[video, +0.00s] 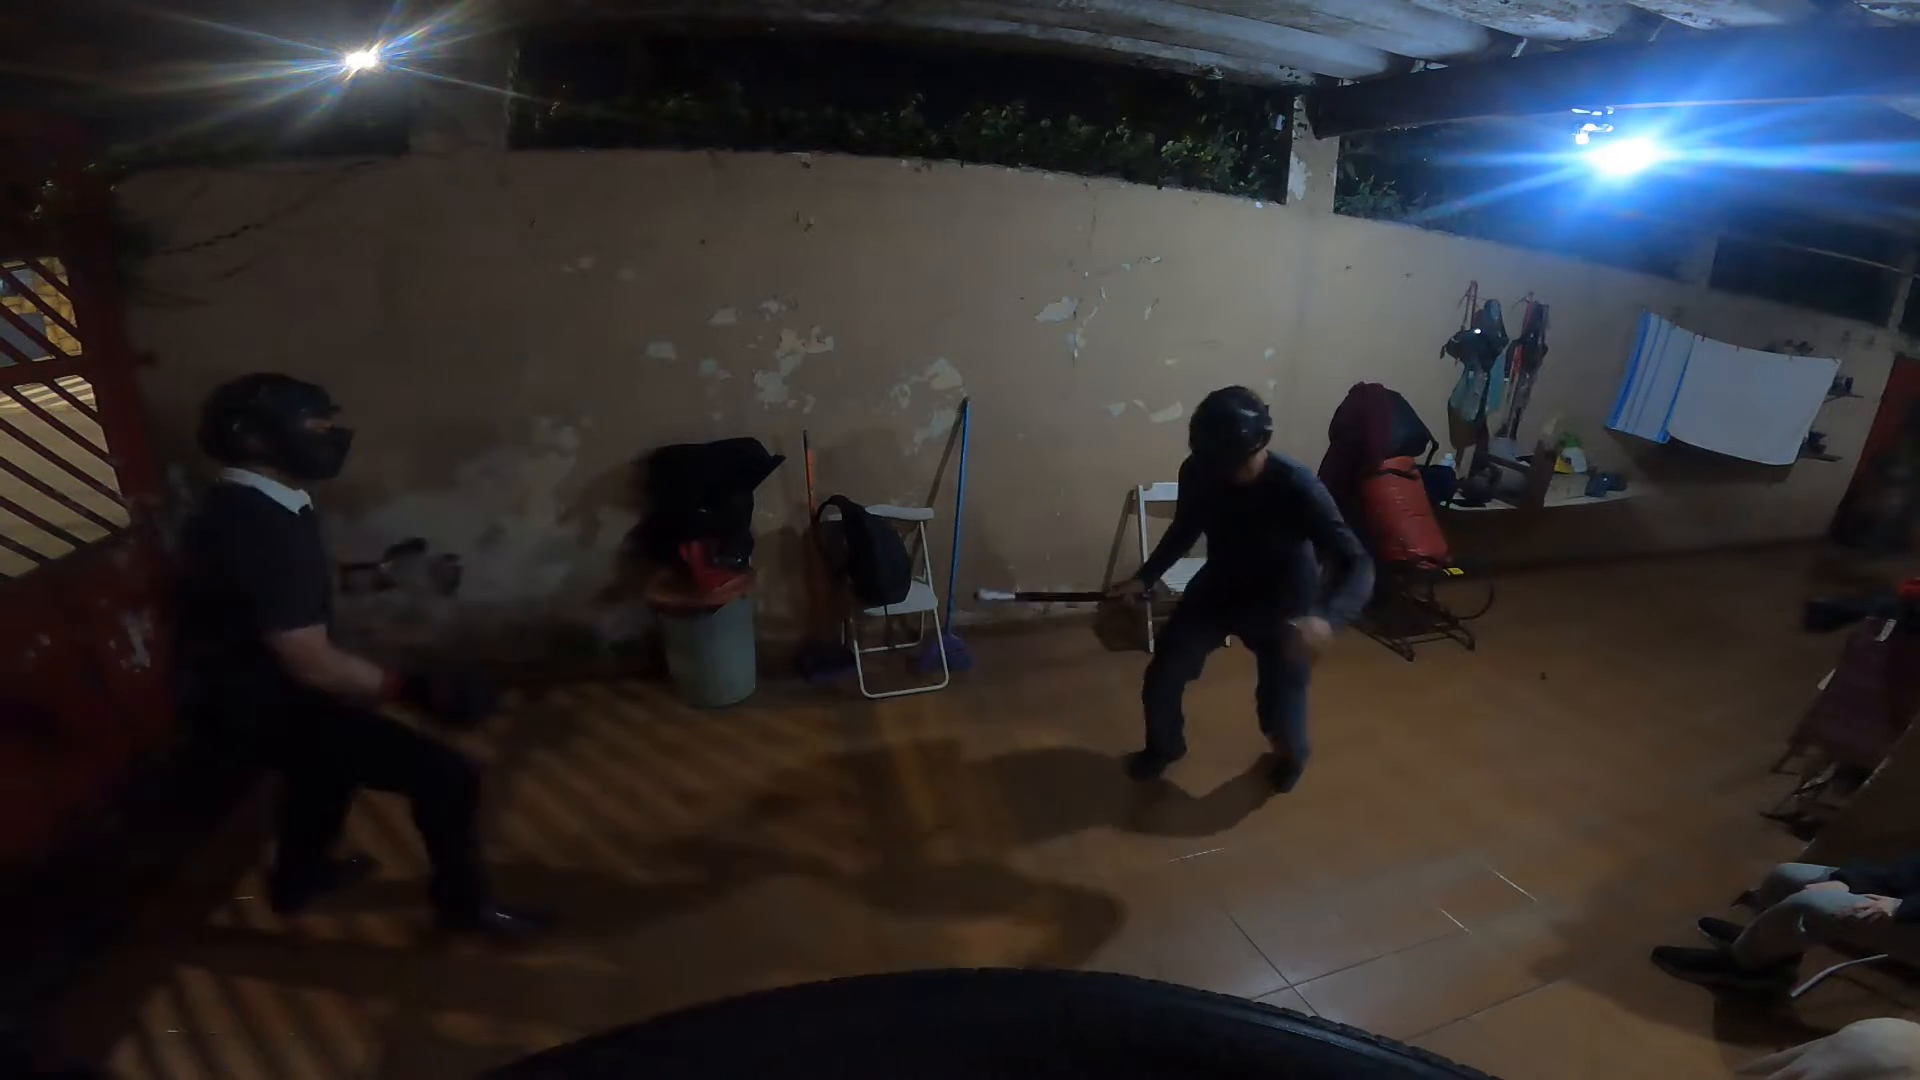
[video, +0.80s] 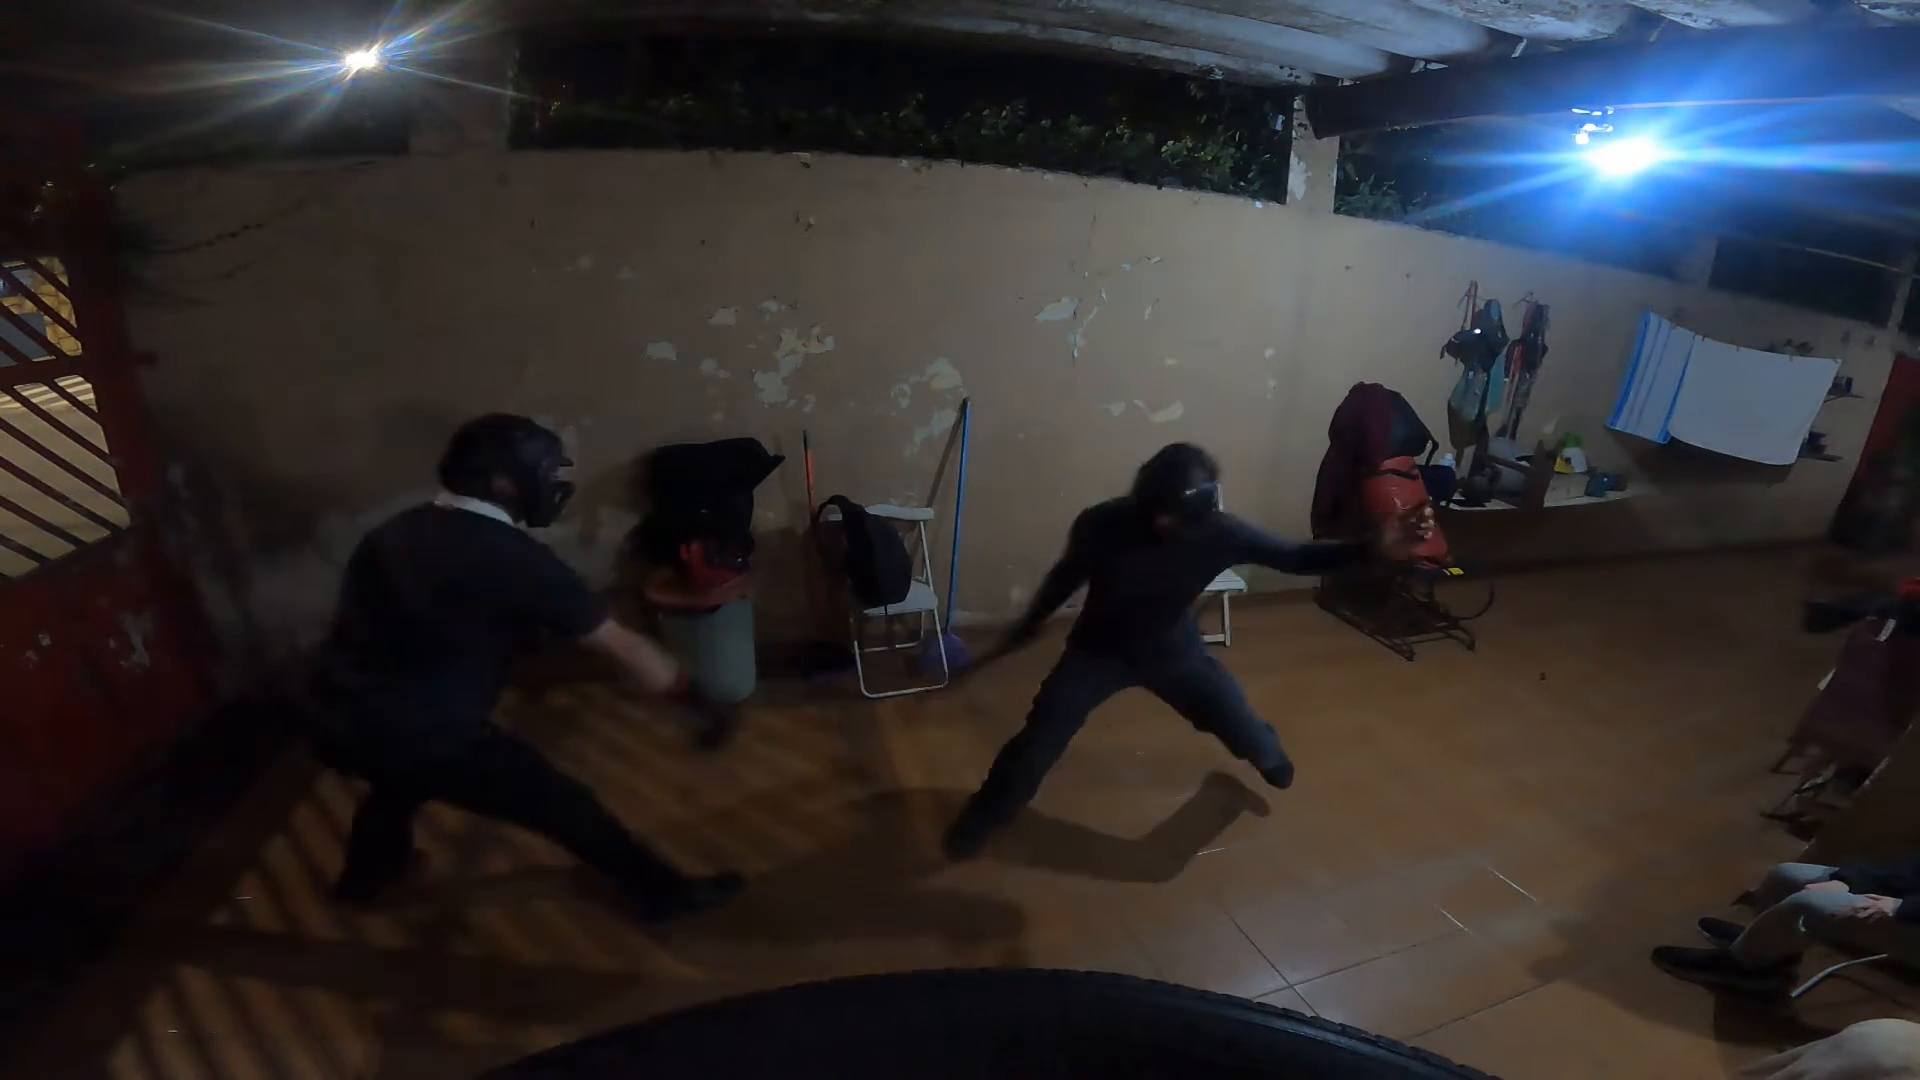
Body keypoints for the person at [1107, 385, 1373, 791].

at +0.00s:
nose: (1228, 471)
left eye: (1236, 461)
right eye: (1219, 461)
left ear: (1259, 448)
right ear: (1207, 452)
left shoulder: (1295, 485)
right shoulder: (1199, 473)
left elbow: (1357, 563)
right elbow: (1185, 528)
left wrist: (1329, 617)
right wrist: (1146, 577)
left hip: (1282, 599)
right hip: (1219, 589)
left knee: (1280, 714)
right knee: (1161, 681)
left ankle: (1292, 758)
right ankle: (1164, 747)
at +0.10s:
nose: (1254, 466)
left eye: (1267, 458)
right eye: (1247, 452)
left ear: (1292, 452)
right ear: (1237, 438)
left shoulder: (1318, 494)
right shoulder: (1208, 464)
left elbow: (1334, 587)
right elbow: (1180, 517)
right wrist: (1141, 573)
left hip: (1270, 601)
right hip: (1199, 585)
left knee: (1261, 715)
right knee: (1146, 678)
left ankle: (1248, 765)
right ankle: (1161, 740)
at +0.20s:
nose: (1267, 477)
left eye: (1281, 471)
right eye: (1261, 463)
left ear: (1304, 465)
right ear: (1249, 446)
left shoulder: (1321, 508)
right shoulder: (1212, 468)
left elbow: (1319, 599)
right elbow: (1174, 520)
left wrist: (1231, 567)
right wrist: (1137, 573)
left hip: (1257, 609)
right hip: (1191, 589)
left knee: (1247, 710)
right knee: (1125, 682)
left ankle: (1244, 776)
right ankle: (1148, 733)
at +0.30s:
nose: (1255, 488)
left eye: (1265, 478)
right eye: (1244, 475)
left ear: (1282, 470)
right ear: (1227, 459)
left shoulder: (1302, 521)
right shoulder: (1191, 480)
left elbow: (1306, 616)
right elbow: (1151, 544)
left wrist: (1225, 622)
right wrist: (1124, 595)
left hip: (1236, 624)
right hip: (1168, 601)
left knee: (1234, 725)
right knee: (1095, 692)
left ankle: (1246, 778)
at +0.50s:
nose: (1135, 515)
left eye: (1144, 505)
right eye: (1123, 503)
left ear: (1171, 492)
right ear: (1111, 490)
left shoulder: (1208, 526)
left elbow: (1262, 590)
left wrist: (1276, 667)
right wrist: (1023, 628)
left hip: (1192, 646)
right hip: (1118, 638)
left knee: (1218, 739)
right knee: (1053, 727)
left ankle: (1245, 778)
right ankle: (985, 814)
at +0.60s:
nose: (1111, 544)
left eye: (1118, 533)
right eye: (1101, 534)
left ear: (1138, 517)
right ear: (1082, 522)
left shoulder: (1177, 545)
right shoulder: (1063, 539)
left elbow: (1250, 584)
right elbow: (990, 575)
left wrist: (1310, 630)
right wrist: (931, 614)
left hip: (1176, 652)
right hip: (1106, 646)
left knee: (1216, 754)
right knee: (1051, 723)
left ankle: (1246, 772)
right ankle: (981, 819)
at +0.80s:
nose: (1203, 518)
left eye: (1206, 509)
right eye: (1194, 508)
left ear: (1208, 506)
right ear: (1160, 507)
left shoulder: (1220, 533)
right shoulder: (1102, 527)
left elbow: (1300, 557)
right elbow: (1063, 581)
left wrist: (1376, 549)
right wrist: (1026, 626)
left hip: (1174, 650)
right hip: (1099, 651)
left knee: (1236, 721)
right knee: (1042, 736)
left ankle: (1271, 759)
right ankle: (980, 821)